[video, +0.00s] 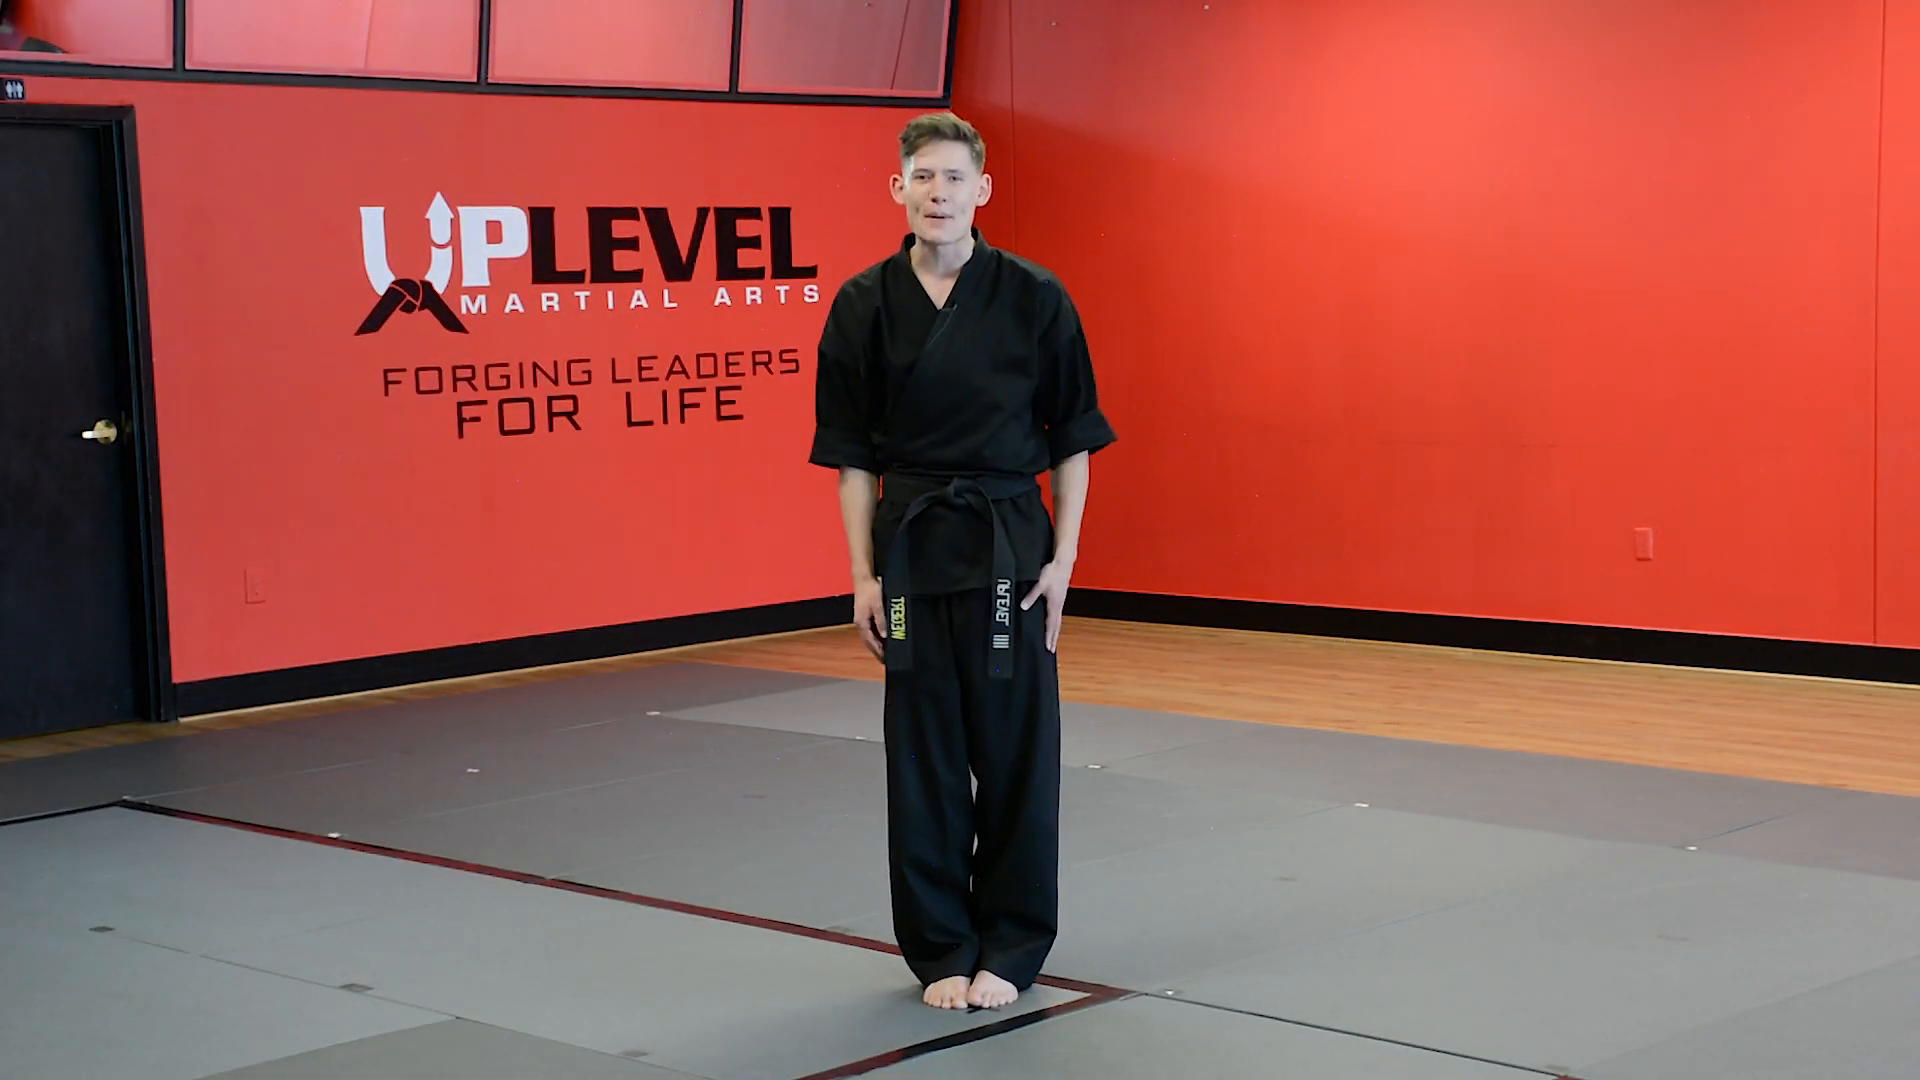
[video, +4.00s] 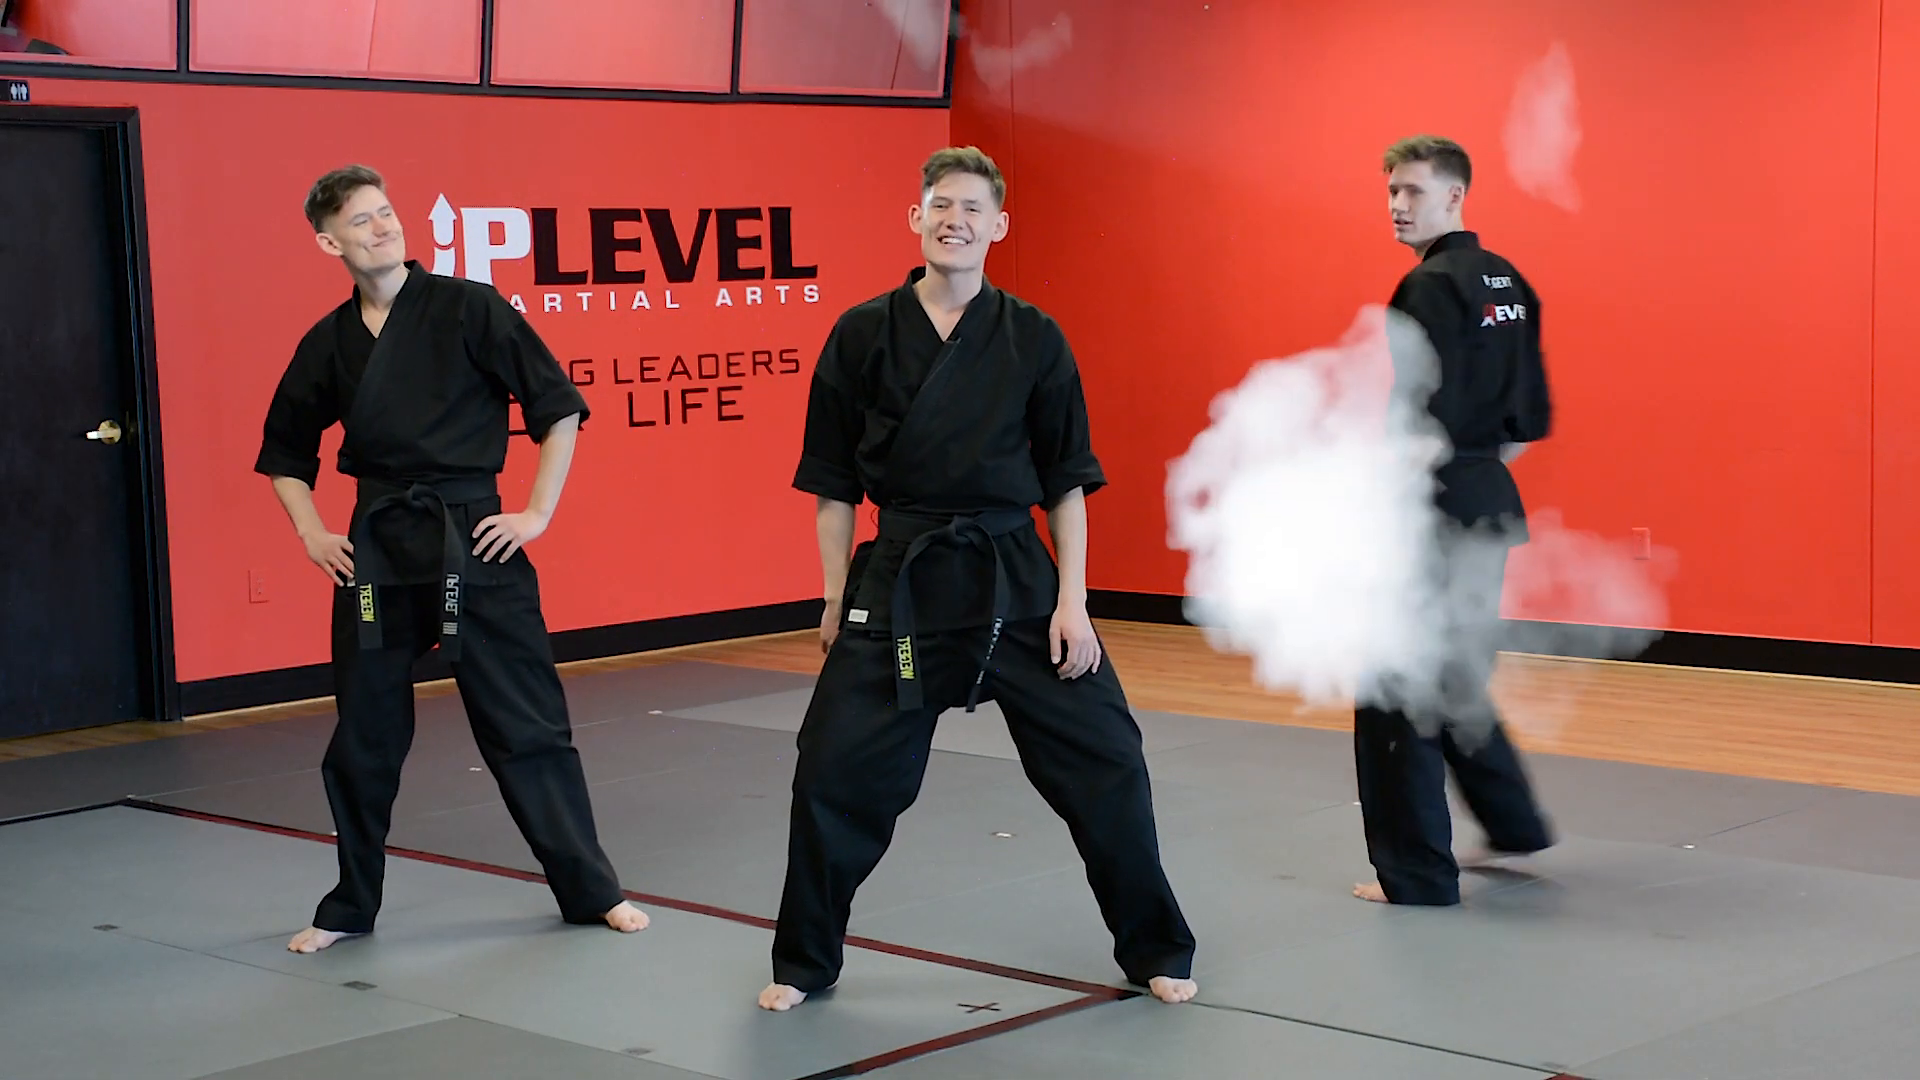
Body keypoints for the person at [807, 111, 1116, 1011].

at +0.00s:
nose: (937, 189)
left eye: (954, 175)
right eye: (922, 176)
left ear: (983, 189)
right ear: (899, 191)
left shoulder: (1035, 297)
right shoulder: (860, 305)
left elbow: (1074, 439)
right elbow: (850, 456)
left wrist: (1064, 559)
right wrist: (863, 572)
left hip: (1013, 542)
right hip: (910, 545)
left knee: (1016, 760)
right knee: (925, 762)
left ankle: (1008, 955)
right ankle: (941, 955)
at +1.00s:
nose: (840, 287)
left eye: (855, 271)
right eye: (834, 270)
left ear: (908, 265)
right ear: (838, 269)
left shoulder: (1003, 339)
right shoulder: (846, 383)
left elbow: (1068, 467)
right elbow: (817, 526)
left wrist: (1086, 583)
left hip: (1022, 585)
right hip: (913, 593)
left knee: (1107, 771)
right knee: (831, 776)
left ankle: (1146, 951)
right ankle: (811, 964)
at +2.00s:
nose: (956, 250)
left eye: (971, 237)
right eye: (941, 231)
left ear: (984, 249)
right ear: (901, 234)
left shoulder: (1014, 333)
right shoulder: (850, 348)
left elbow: (982, 431)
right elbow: (830, 493)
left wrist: (875, 368)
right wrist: (869, 590)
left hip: (1008, 575)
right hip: (898, 582)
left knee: (1110, 759)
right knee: (825, 768)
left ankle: (1155, 947)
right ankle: (804, 960)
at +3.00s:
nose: (930, 212)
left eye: (951, 203)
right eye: (919, 199)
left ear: (979, 230)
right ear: (895, 219)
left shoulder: (1023, 334)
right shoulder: (853, 346)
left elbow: (1076, 469)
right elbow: (840, 494)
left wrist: (1073, 592)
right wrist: (855, 605)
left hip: (1007, 580)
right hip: (893, 587)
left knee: (1105, 765)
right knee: (827, 767)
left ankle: (1155, 947)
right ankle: (804, 959)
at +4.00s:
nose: (955, 217)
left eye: (972, 206)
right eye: (941, 205)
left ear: (998, 225)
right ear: (916, 222)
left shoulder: (1033, 337)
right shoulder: (861, 336)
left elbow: (1067, 480)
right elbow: (834, 484)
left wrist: (1073, 599)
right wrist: (836, 602)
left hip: (1018, 577)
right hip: (899, 580)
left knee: (1108, 761)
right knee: (833, 772)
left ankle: (1154, 948)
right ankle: (805, 960)